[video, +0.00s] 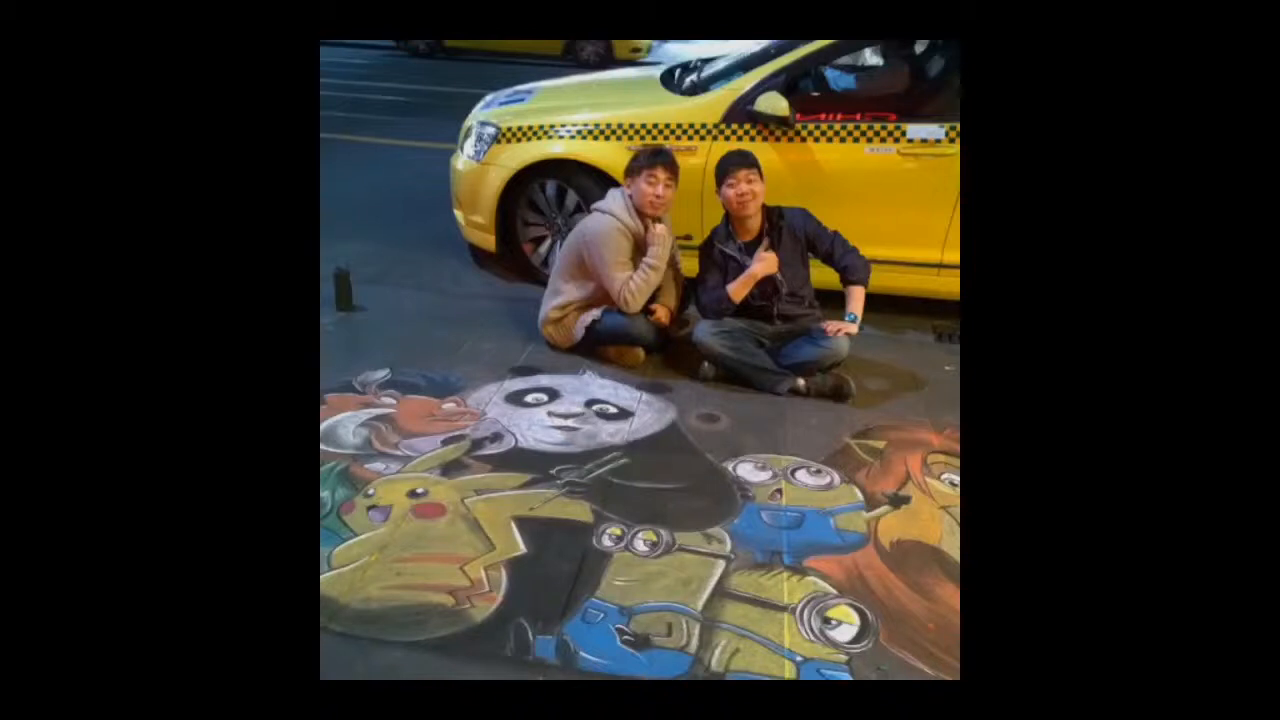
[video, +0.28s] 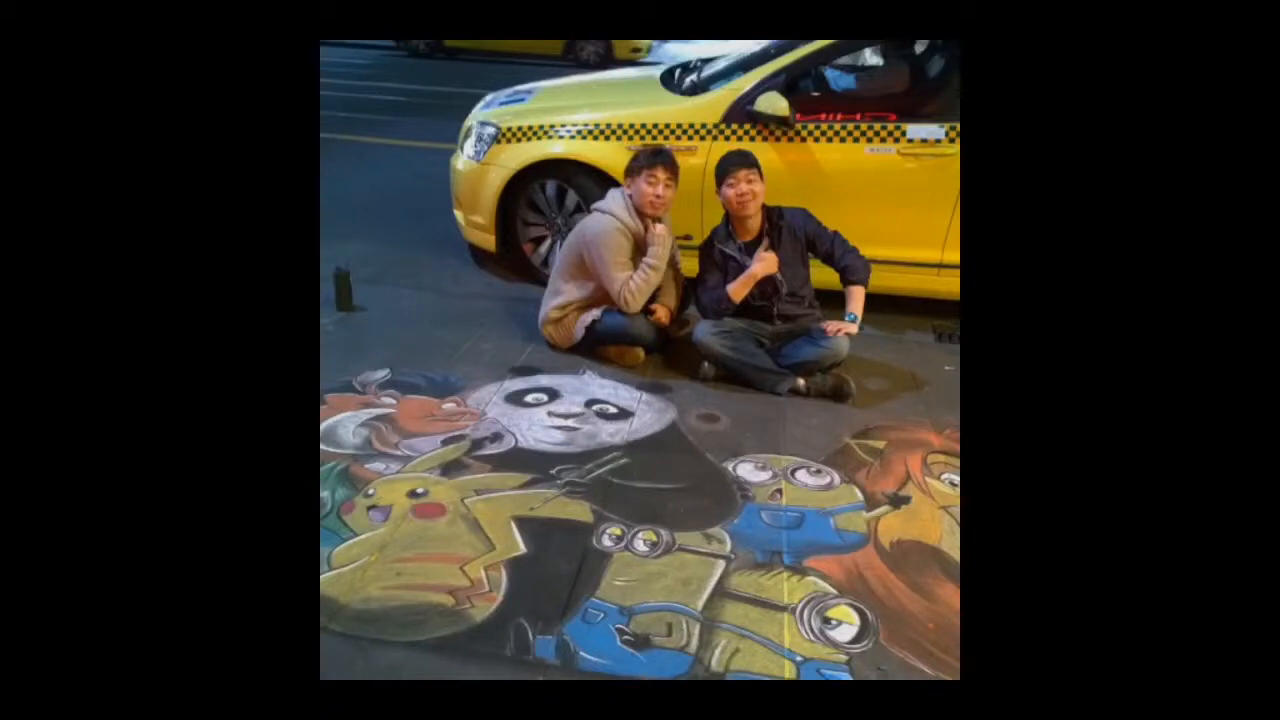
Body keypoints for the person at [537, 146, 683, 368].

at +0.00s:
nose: (659, 193)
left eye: (668, 185)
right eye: (651, 182)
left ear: (674, 192)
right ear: (629, 184)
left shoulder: (656, 221)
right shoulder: (605, 226)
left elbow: (669, 269)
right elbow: (629, 301)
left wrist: (665, 304)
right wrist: (657, 251)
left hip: (608, 305)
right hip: (567, 319)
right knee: (639, 327)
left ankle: (625, 346)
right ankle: (669, 335)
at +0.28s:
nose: (660, 193)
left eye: (668, 185)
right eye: (651, 182)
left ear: (675, 193)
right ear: (629, 184)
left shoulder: (656, 221)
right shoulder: (605, 227)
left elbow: (670, 269)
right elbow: (629, 301)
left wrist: (665, 304)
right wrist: (658, 251)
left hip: (607, 305)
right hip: (566, 320)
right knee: (638, 327)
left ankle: (622, 346)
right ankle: (669, 334)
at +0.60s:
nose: (660, 193)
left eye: (668, 185)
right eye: (651, 182)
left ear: (675, 193)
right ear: (629, 184)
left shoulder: (656, 221)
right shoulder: (605, 227)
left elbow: (670, 269)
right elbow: (629, 301)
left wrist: (665, 304)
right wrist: (658, 251)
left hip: (607, 305)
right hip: (566, 320)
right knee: (638, 327)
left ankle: (622, 346)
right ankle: (669, 334)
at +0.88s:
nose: (660, 193)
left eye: (668, 185)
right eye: (651, 183)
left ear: (675, 193)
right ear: (629, 185)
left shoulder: (656, 219)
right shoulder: (604, 228)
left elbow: (669, 267)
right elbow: (629, 300)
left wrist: (664, 303)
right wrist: (658, 251)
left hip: (613, 305)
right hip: (571, 306)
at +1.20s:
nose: (660, 193)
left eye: (668, 185)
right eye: (651, 183)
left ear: (675, 192)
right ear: (629, 184)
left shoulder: (656, 220)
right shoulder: (604, 228)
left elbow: (669, 270)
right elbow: (628, 300)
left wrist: (663, 306)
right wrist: (658, 251)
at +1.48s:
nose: (660, 193)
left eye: (668, 185)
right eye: (651, 183)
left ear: (675, 192)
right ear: (629, 184)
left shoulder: (656, 221)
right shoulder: (604, 228)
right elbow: (628, 300)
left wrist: (662, 306)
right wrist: (658, 252)